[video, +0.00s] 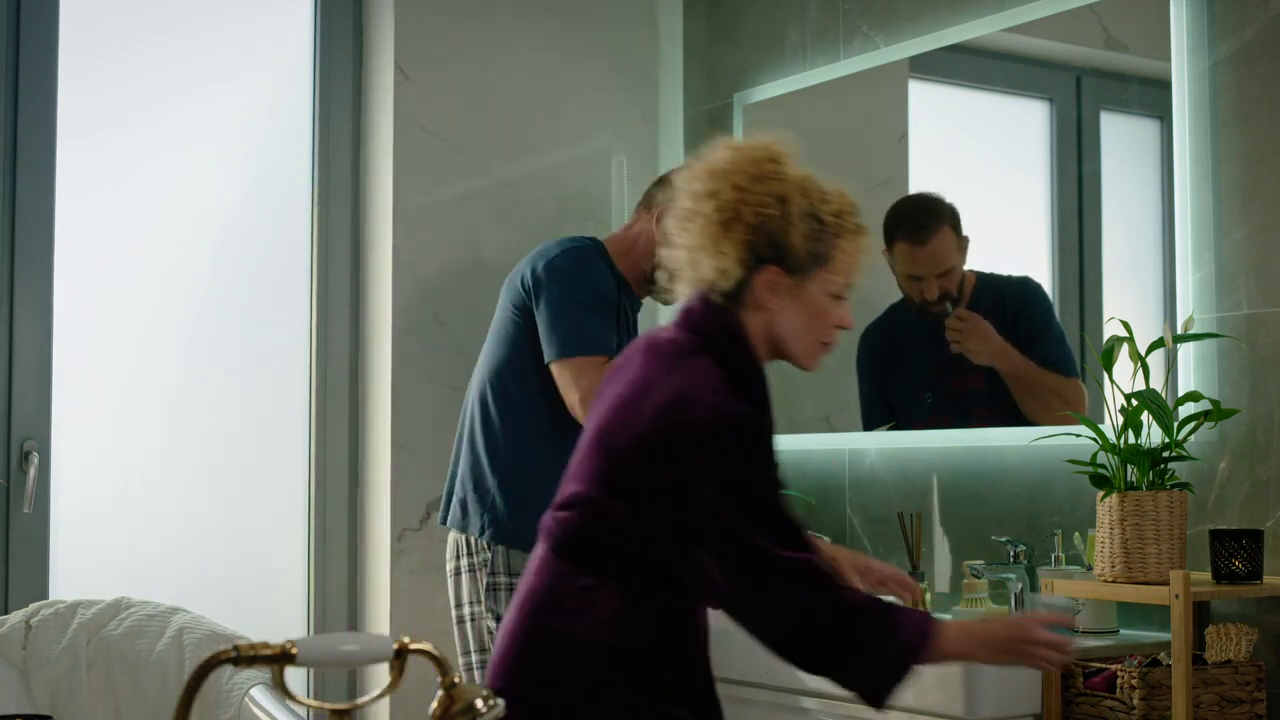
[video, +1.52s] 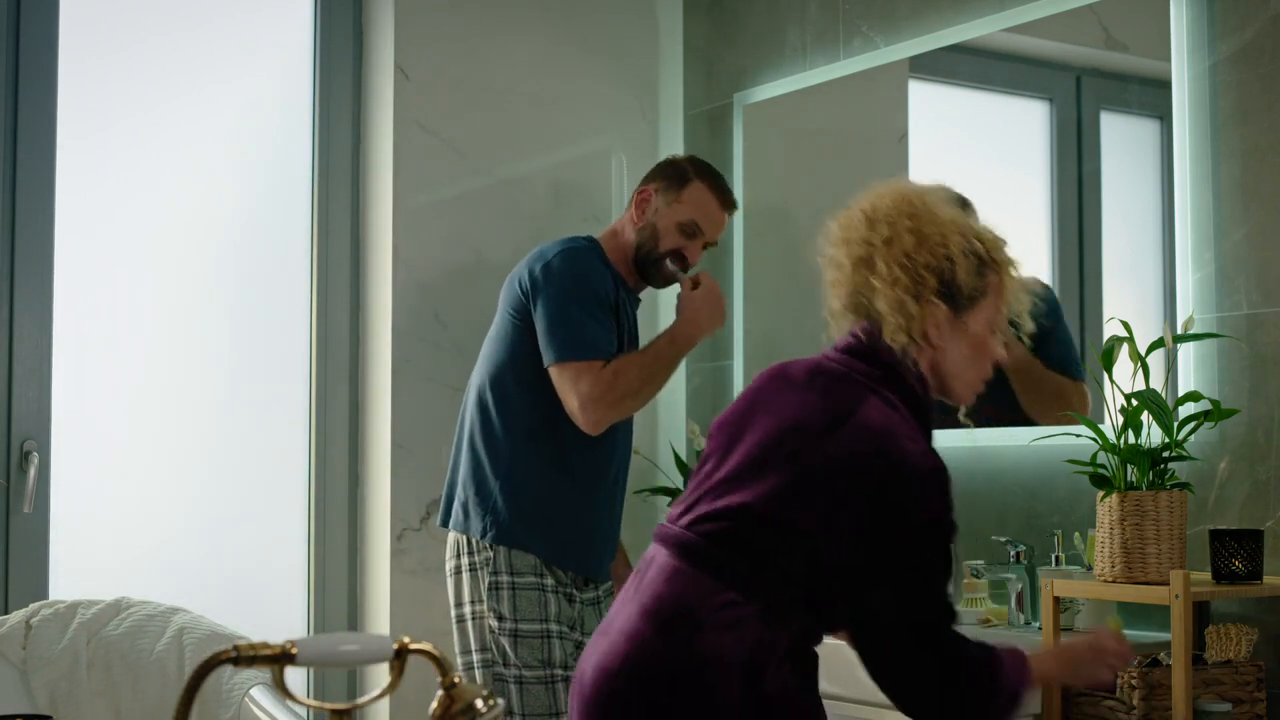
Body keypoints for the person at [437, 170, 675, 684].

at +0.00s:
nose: (690, 258)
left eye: (697, 241)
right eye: (687, 235)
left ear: (651, 220)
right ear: (653, 219)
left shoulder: (622, 312)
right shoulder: (571, 265)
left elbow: (629, 406)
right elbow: (594, 402)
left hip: (555, 540)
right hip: (501, 542)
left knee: (566, 696)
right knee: (511, 699)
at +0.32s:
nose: (708, 278)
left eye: (718, 265)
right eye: (709, 255)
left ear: (663, 225)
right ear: (664, 223)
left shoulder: (620, 311)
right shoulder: (573, 267)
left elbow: (573, 473)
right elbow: (594, 400)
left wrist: (624, 579)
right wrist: (692, 344)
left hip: (573, 563)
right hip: (511, 558)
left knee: (584, 708)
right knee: (532, 712)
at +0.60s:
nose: (707, 278)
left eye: (718, 266)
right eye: (708, 257)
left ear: (664, 224)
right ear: (664, 222)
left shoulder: (622, 315)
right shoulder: (573, 266)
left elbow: (577, 474)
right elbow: (595, 400)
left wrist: (629, 593)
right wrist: (690, 338)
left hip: (579, 568)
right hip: (510, 560)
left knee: (598, 711)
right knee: (534, 712)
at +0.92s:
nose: (709, 278)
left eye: (719, 264)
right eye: (709, 254)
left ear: (664, 223)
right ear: (665, 221)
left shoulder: (624, 312)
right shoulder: (575, 266)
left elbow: (578, 471)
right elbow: (597, 401)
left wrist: (629, 592)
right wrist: (699, 351)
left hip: (578, 569)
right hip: (512, 561)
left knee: (595, 711)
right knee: (536, 712)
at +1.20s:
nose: (709, 273)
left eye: (720, 260)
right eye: (709, 249)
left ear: (662, 220)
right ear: (663, 218)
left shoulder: (624, 310)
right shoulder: (579, 267)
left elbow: (578, 472)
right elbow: (596, 404)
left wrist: (629, 593)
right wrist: (696, 348)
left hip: (579, 569)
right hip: (511, 562)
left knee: (603, 711)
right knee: (537, 713)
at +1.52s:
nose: (692, 253)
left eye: (704, 246)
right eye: (687, 230)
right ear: (643, 201)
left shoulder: (622, 305)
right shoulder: (568, 267)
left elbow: (582, 462)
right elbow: (593, 404)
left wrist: (619, 570)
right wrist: (688, 330)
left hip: (581, 565)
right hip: (514, 559)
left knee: (593, 707)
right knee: (535, 711)